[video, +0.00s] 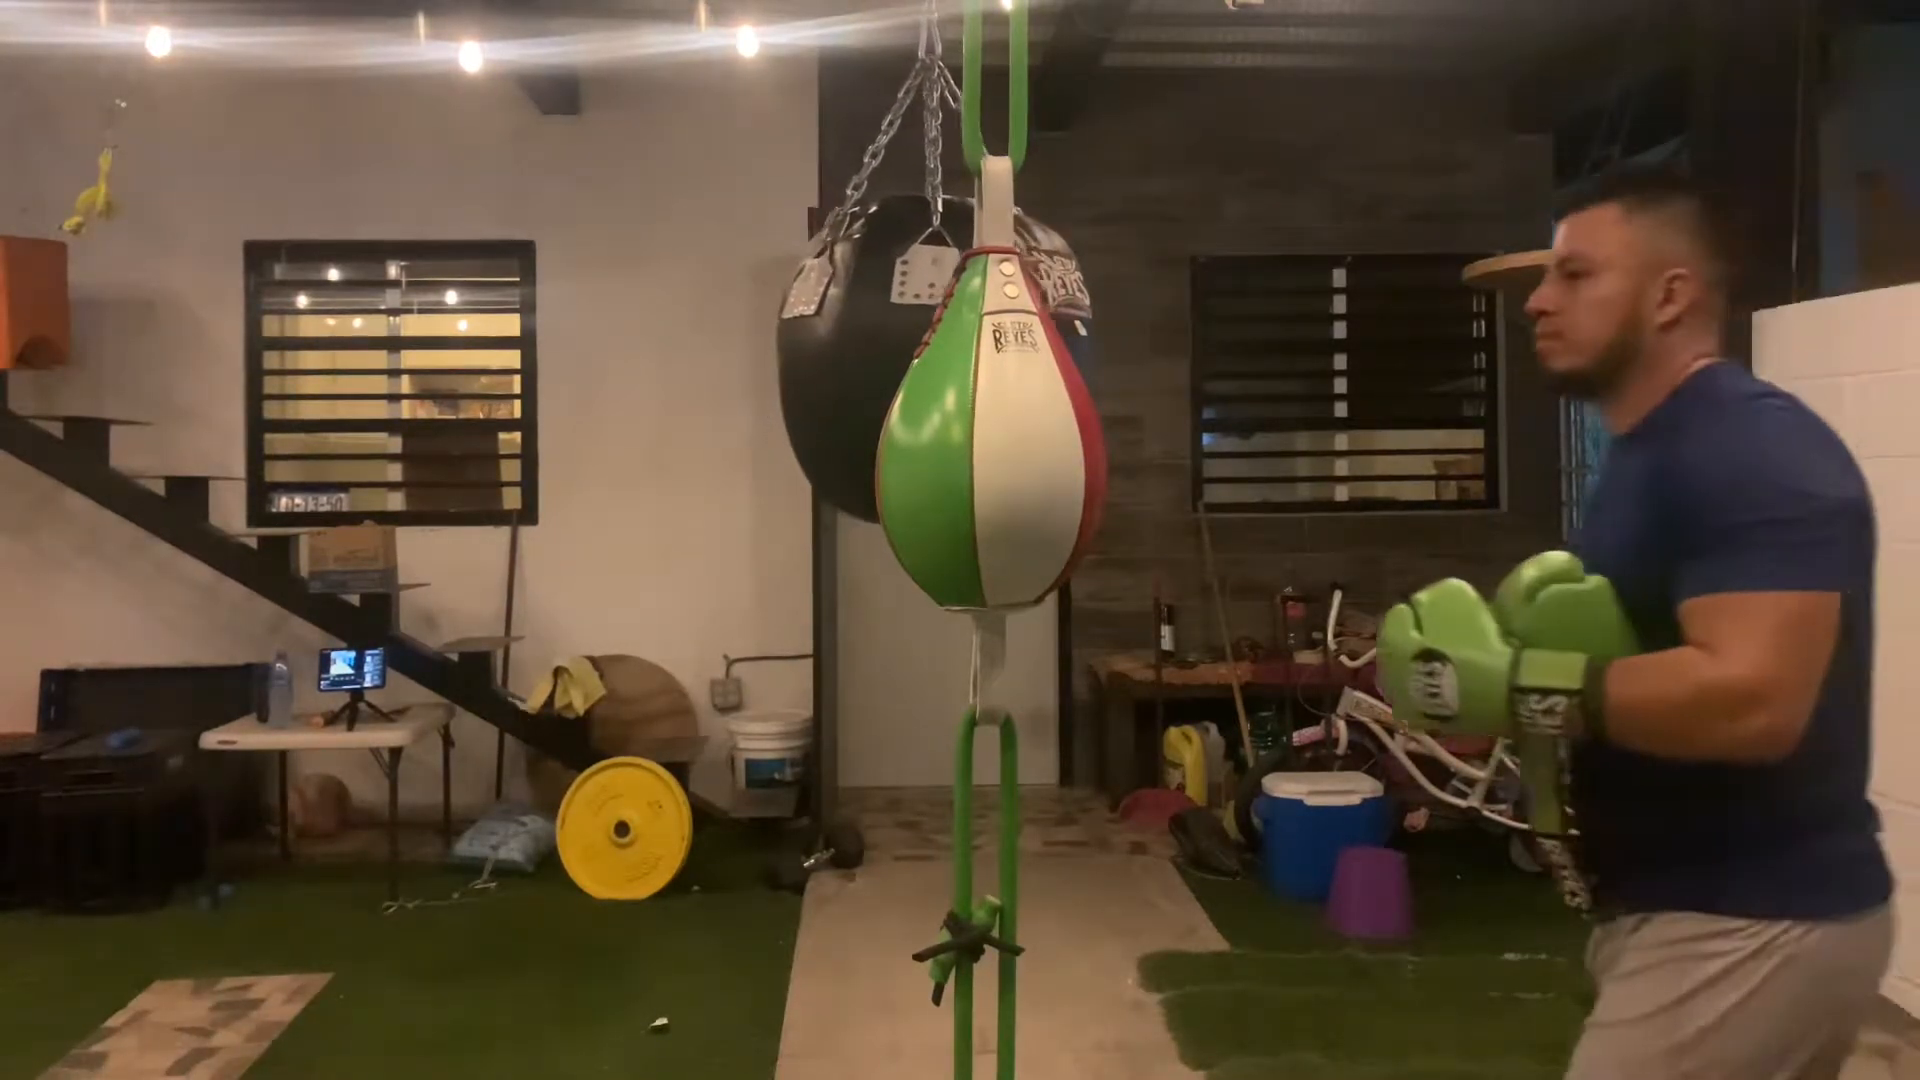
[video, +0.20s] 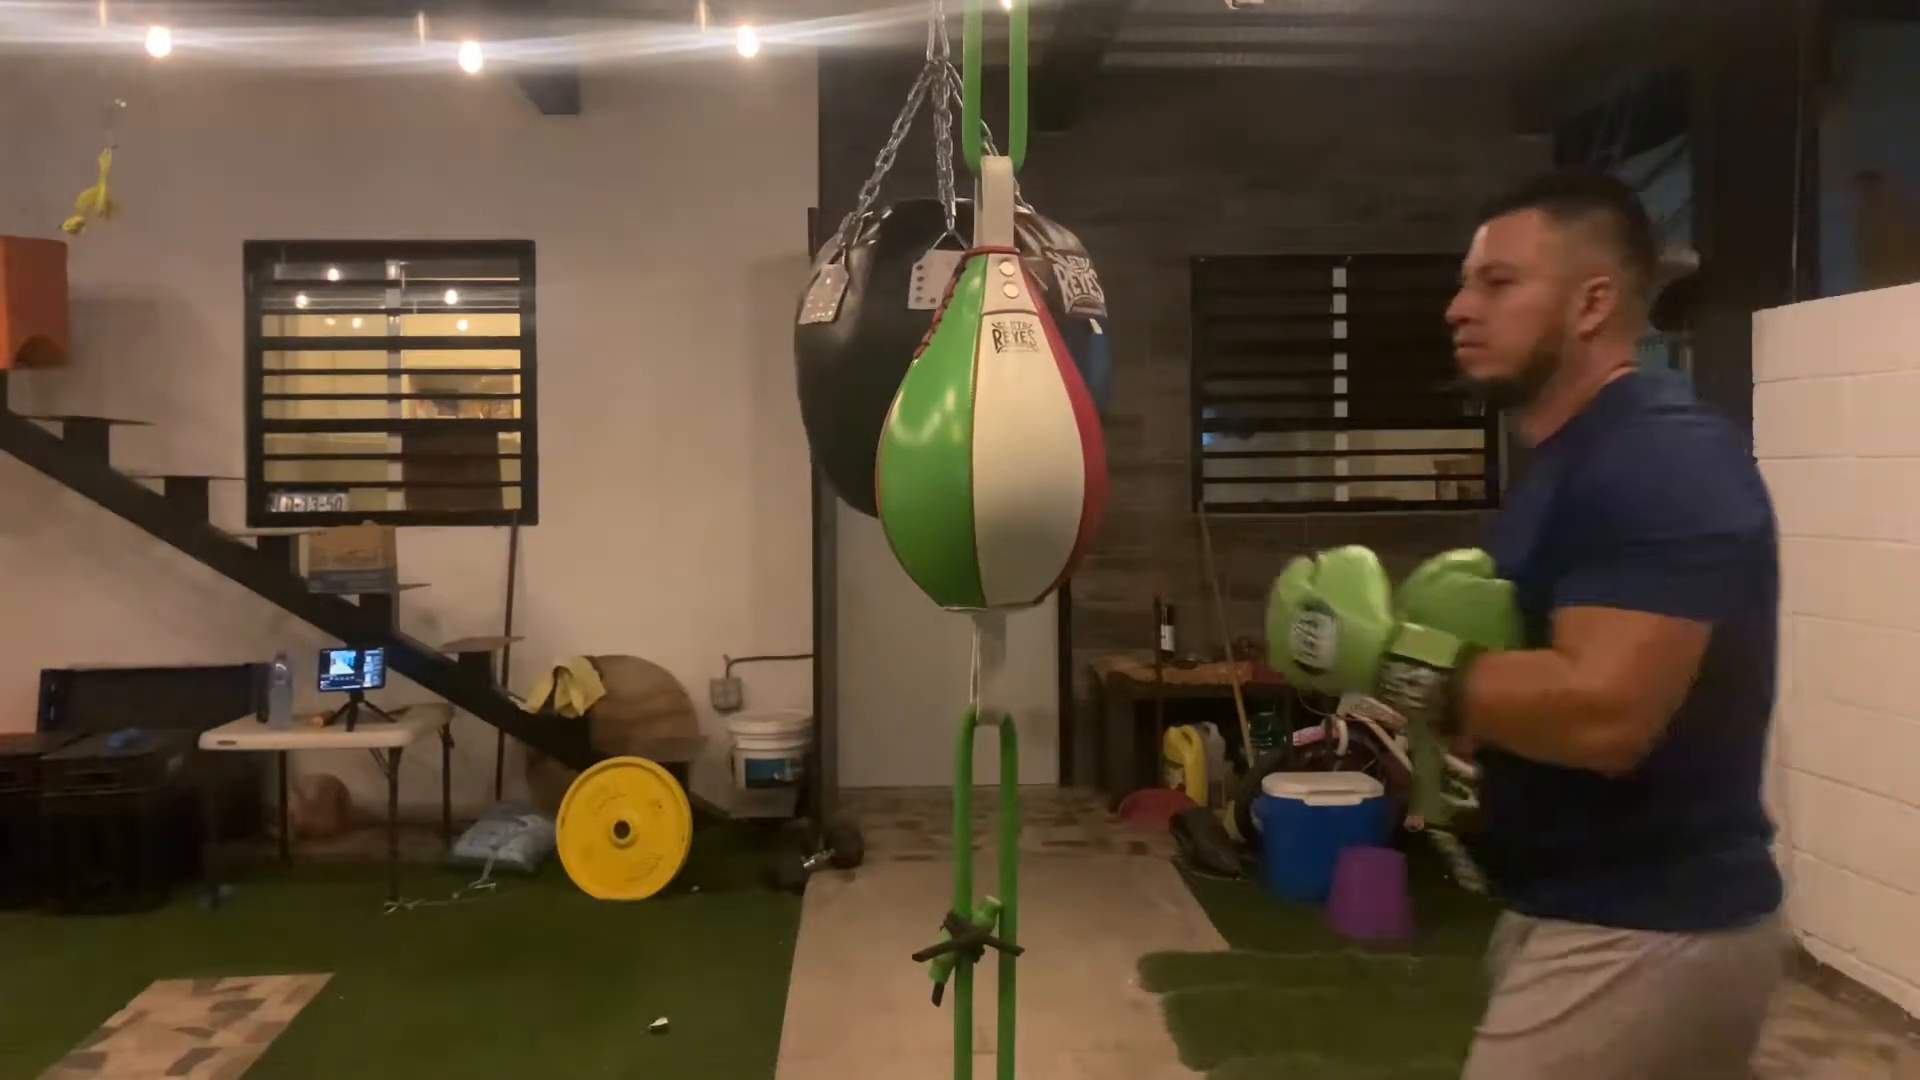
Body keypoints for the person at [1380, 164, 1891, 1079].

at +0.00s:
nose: (1539, 302)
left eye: (1575, 274)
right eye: (1545, 276)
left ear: (1672, 295)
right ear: (1662, 299)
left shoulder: (1752, 448)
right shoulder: (1647, 454)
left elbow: (1757, 703)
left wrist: (1519, 689)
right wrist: (1522, 650)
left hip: (1746, 931)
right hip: (1683, 919)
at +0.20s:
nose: (1459, 310)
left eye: (1496, 282)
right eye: (1465, 284)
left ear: (1595, 301)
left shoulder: (1666, 459)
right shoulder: (1565, 464)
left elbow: (1608, 714)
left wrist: (1396, 659)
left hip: (1641, 944)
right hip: (1571, 924)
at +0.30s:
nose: (1407, 295)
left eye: (1445, 268)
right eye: (1412, 270)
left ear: (1541, 288)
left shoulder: (1595, 445)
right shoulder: (1494, 454)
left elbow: (1501, 695)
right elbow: (1473, 652)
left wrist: (1313, 619)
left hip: (1570, 926)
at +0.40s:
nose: (1365, 281)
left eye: (1402, 257)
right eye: (1370, 257)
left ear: (1498, 280)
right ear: (1493, 286)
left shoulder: (1538, 431)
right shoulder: (1457, 443)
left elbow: (1429, 668)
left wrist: (1253, 583)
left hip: (1519, 924)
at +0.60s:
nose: (1298, 267)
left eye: (1339, 240)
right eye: (1300, 243)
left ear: (1432, 265)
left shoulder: (1479, 404)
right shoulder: (1366, 427)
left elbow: (1317, 630)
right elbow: (1321, 601)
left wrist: (1174, 533)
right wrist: (1223, 551)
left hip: (1468, 910)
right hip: (1363, 886)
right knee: (1299, 1063)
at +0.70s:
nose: (1268, 265)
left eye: (1310, 237)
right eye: (1269, 241)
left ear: (1403, 265)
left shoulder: (1450, 404)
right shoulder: (1345, 424)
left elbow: (1277, 608)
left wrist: (1146, 515)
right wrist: (1201, 528)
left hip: (1447, 912)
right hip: (1327, 889)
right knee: (1257, 1068)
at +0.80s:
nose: (1242, 264)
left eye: (1284, 239)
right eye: (1242, 241)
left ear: (1374, 269)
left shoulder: (1418, 398)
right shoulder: (1317, 423)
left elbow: (1241, 592)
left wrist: (1125, 502)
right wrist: (1149, 510)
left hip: (1427, 909)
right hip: (1303, 890)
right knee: (1246, 1069)